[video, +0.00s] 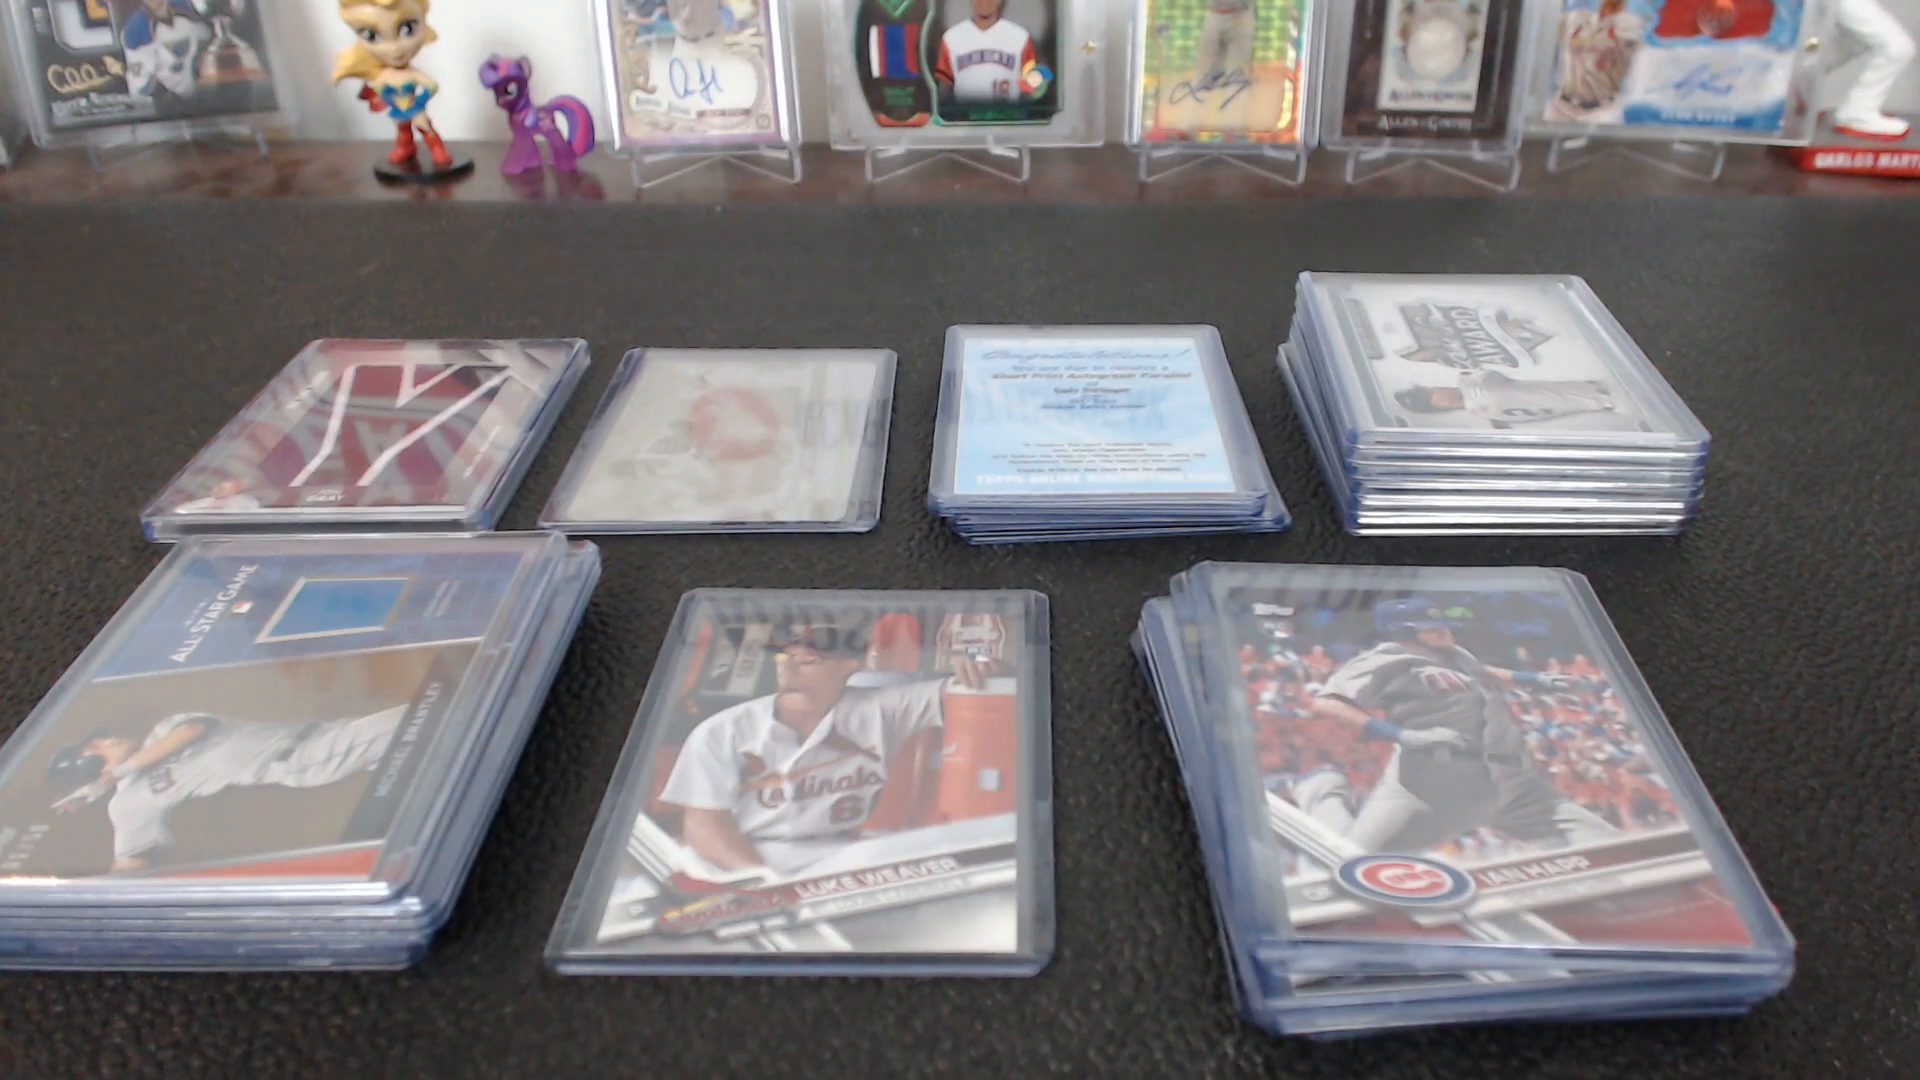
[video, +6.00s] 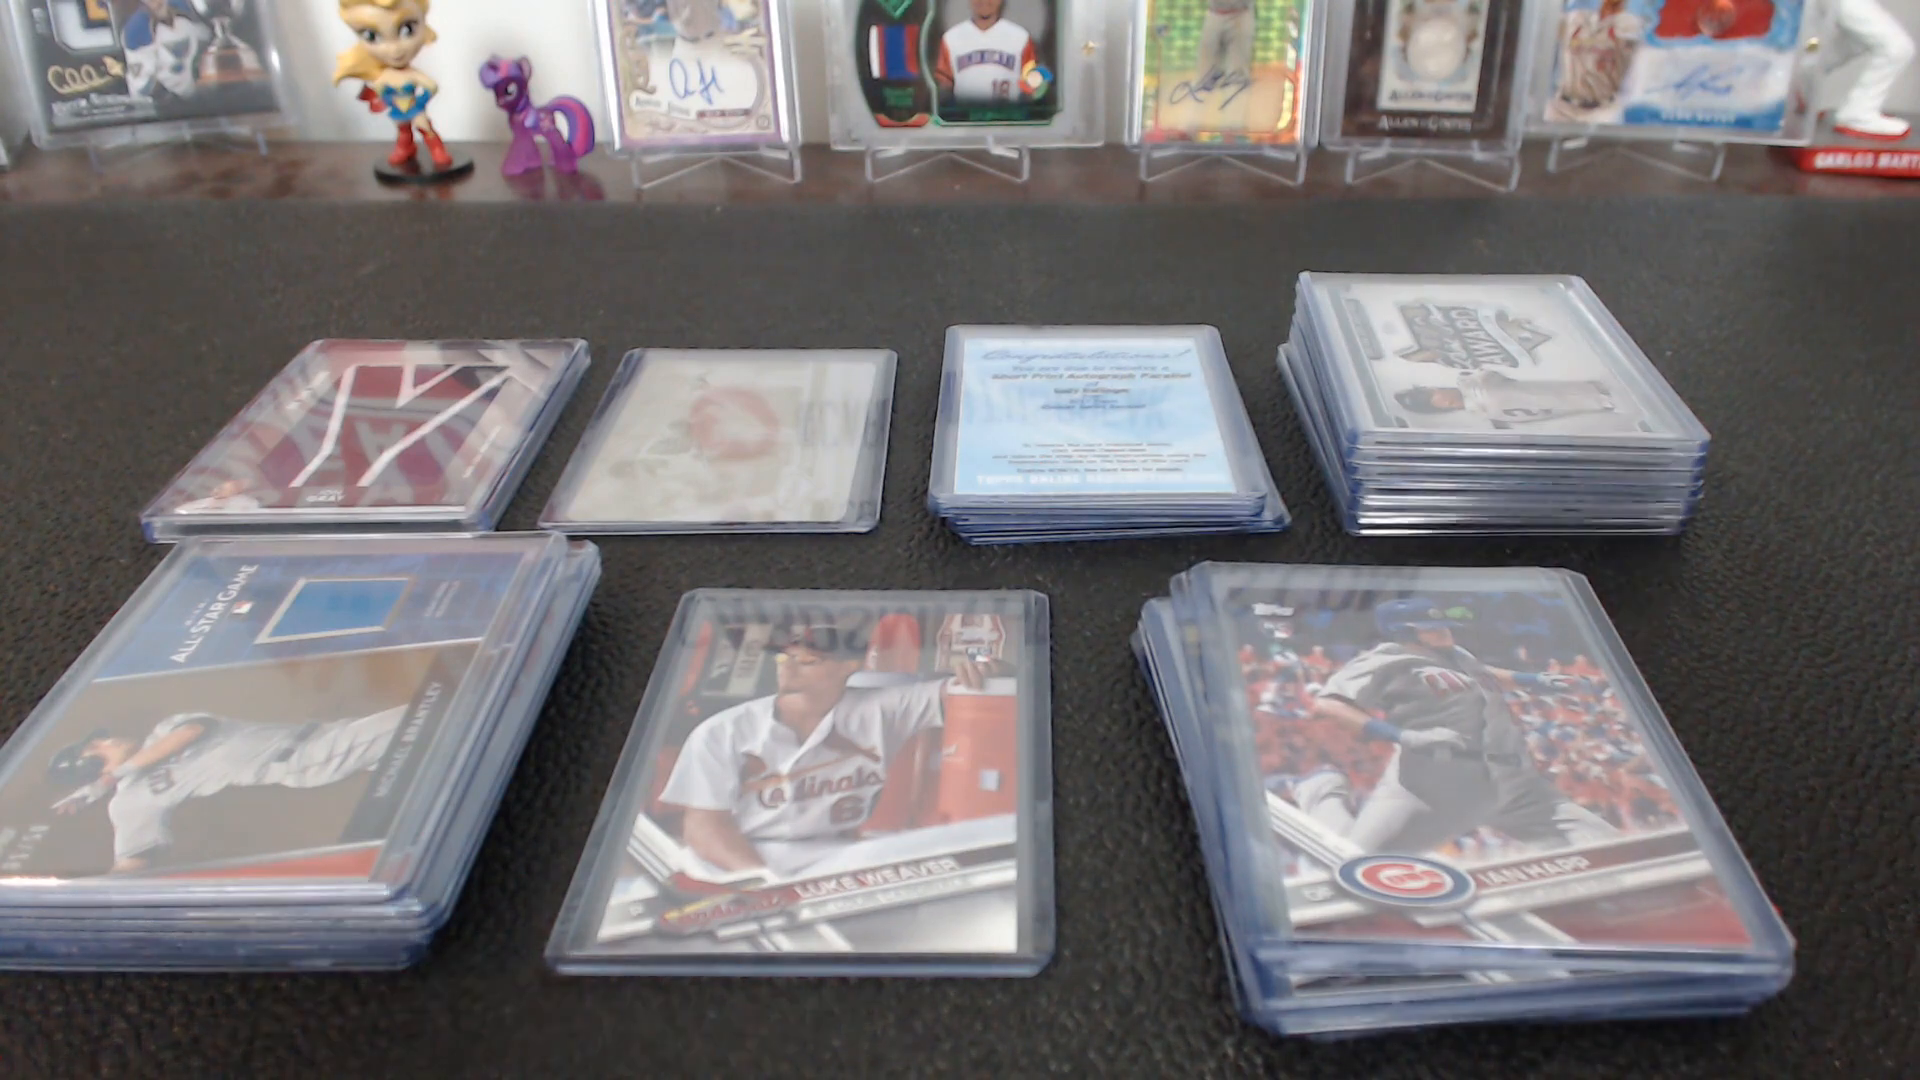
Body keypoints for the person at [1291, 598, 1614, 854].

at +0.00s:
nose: (1446, 631)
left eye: (1446, 622)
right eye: (1434, 623)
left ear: (1447, 624)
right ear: (1406, 628)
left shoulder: (1458, 657)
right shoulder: (1388, 659)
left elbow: (1489, 676)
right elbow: (1328, 703)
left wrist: (1538, 681)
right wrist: (1403, 735)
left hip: (1508, 789)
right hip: (1426, 796)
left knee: (1611, 847)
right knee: (1352, 866)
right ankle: (1321, 792)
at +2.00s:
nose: (1446, 630)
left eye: (1446, 622)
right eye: (1434, 623)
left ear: (1447, 625)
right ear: (1406, 629)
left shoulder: (1459, 657)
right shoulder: (1388, 659)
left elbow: (1490, 676)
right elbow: (1328, 704)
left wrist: (1539, 682)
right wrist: (1404, 736)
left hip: (1511, 790)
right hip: (1427, 798)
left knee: (1614, 850)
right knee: (1352, 869)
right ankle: (1321, 792)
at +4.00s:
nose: (1445, 631)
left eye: (1444, 622)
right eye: (1433, 623)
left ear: (1445, 625)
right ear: (1405, 629)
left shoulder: (1458, 657)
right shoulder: (1386, 659)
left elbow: (1490, 677)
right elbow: (1328, 704)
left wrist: (1541, 682)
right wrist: (1404, 736)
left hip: (1508, 788)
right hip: (1429, 794)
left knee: (1610, 847)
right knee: (1351, 870)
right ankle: (1322, 793)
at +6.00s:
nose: (1446, 629)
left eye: (1446, 621)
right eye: (1434, 621)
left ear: (1448, 624)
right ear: (1407, 627)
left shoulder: (1459, 657)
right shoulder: (1386, 660)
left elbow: (1490, 677)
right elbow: (1328, 705)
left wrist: (1539, 682)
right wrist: (1404, 736)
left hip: (1509, 789)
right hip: (1428, 796)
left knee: (1611, 848)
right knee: (1354, 865)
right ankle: (1321, 793)